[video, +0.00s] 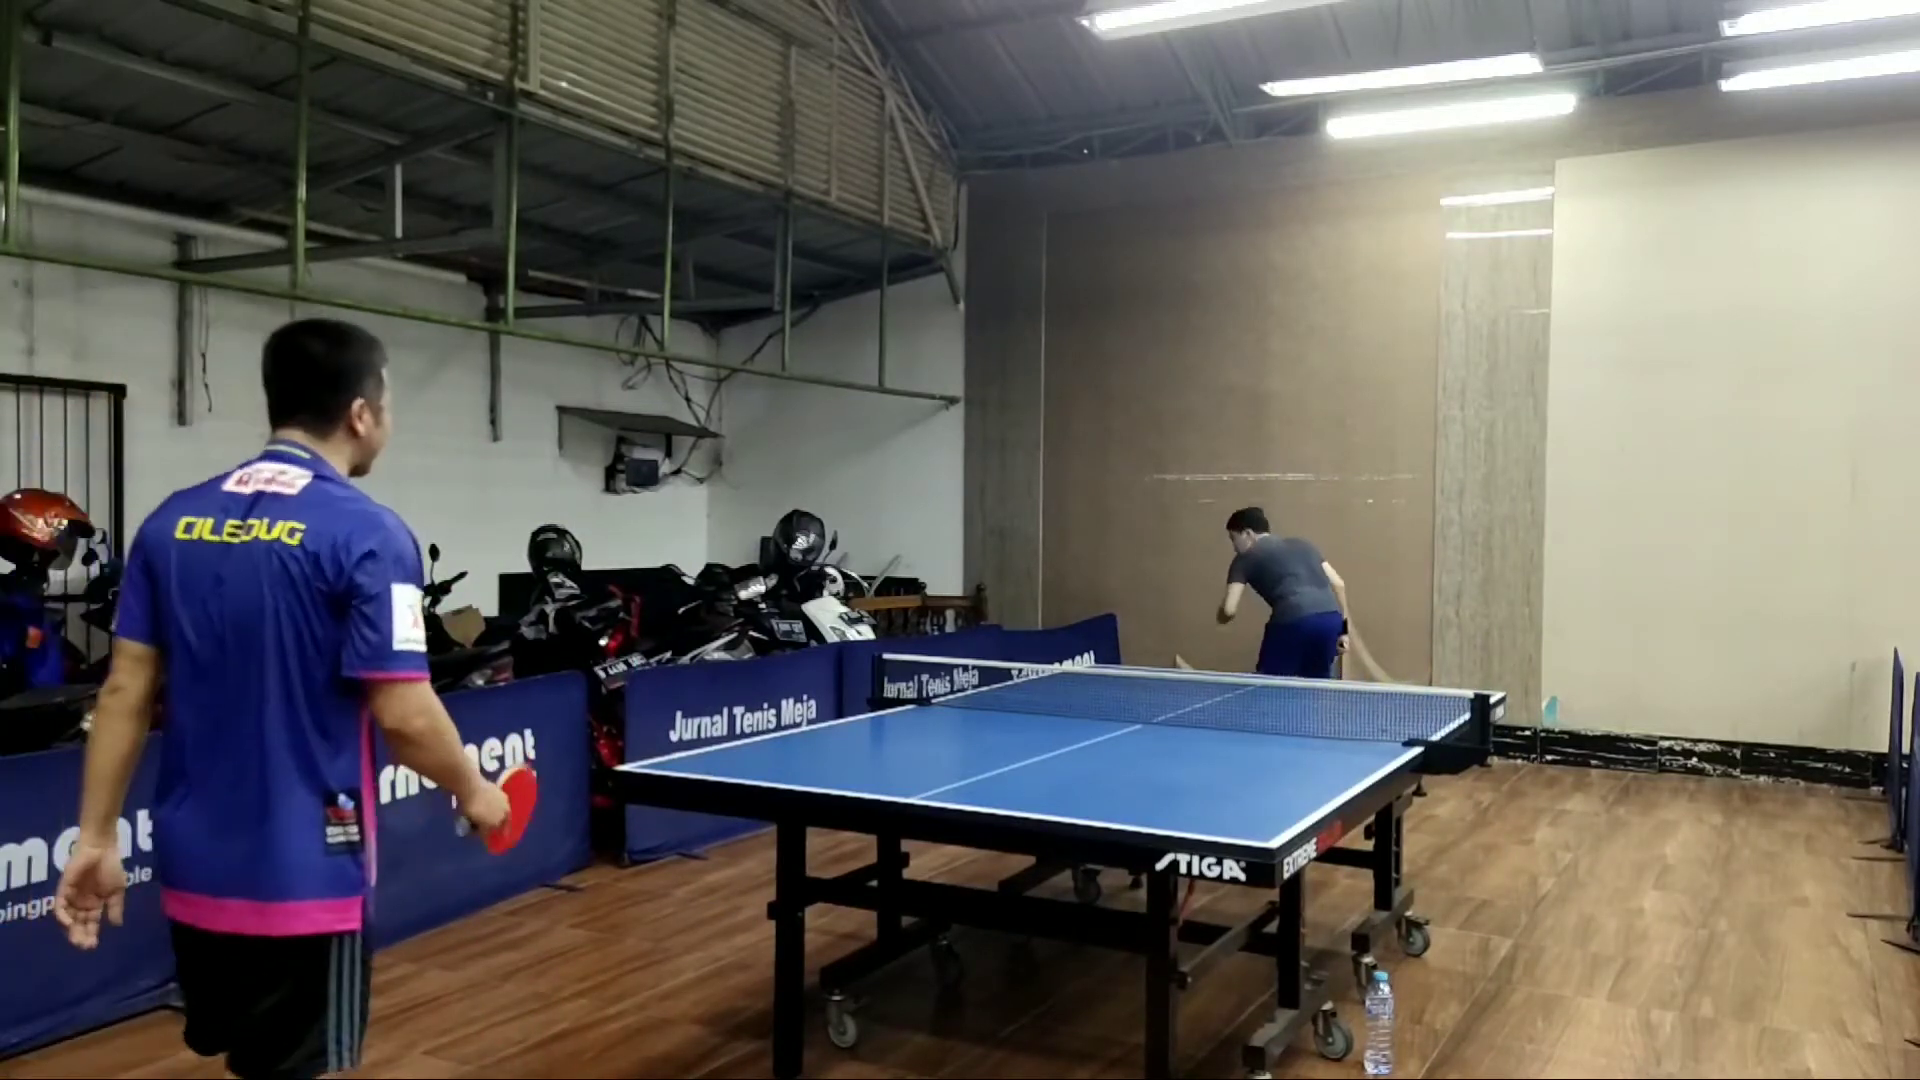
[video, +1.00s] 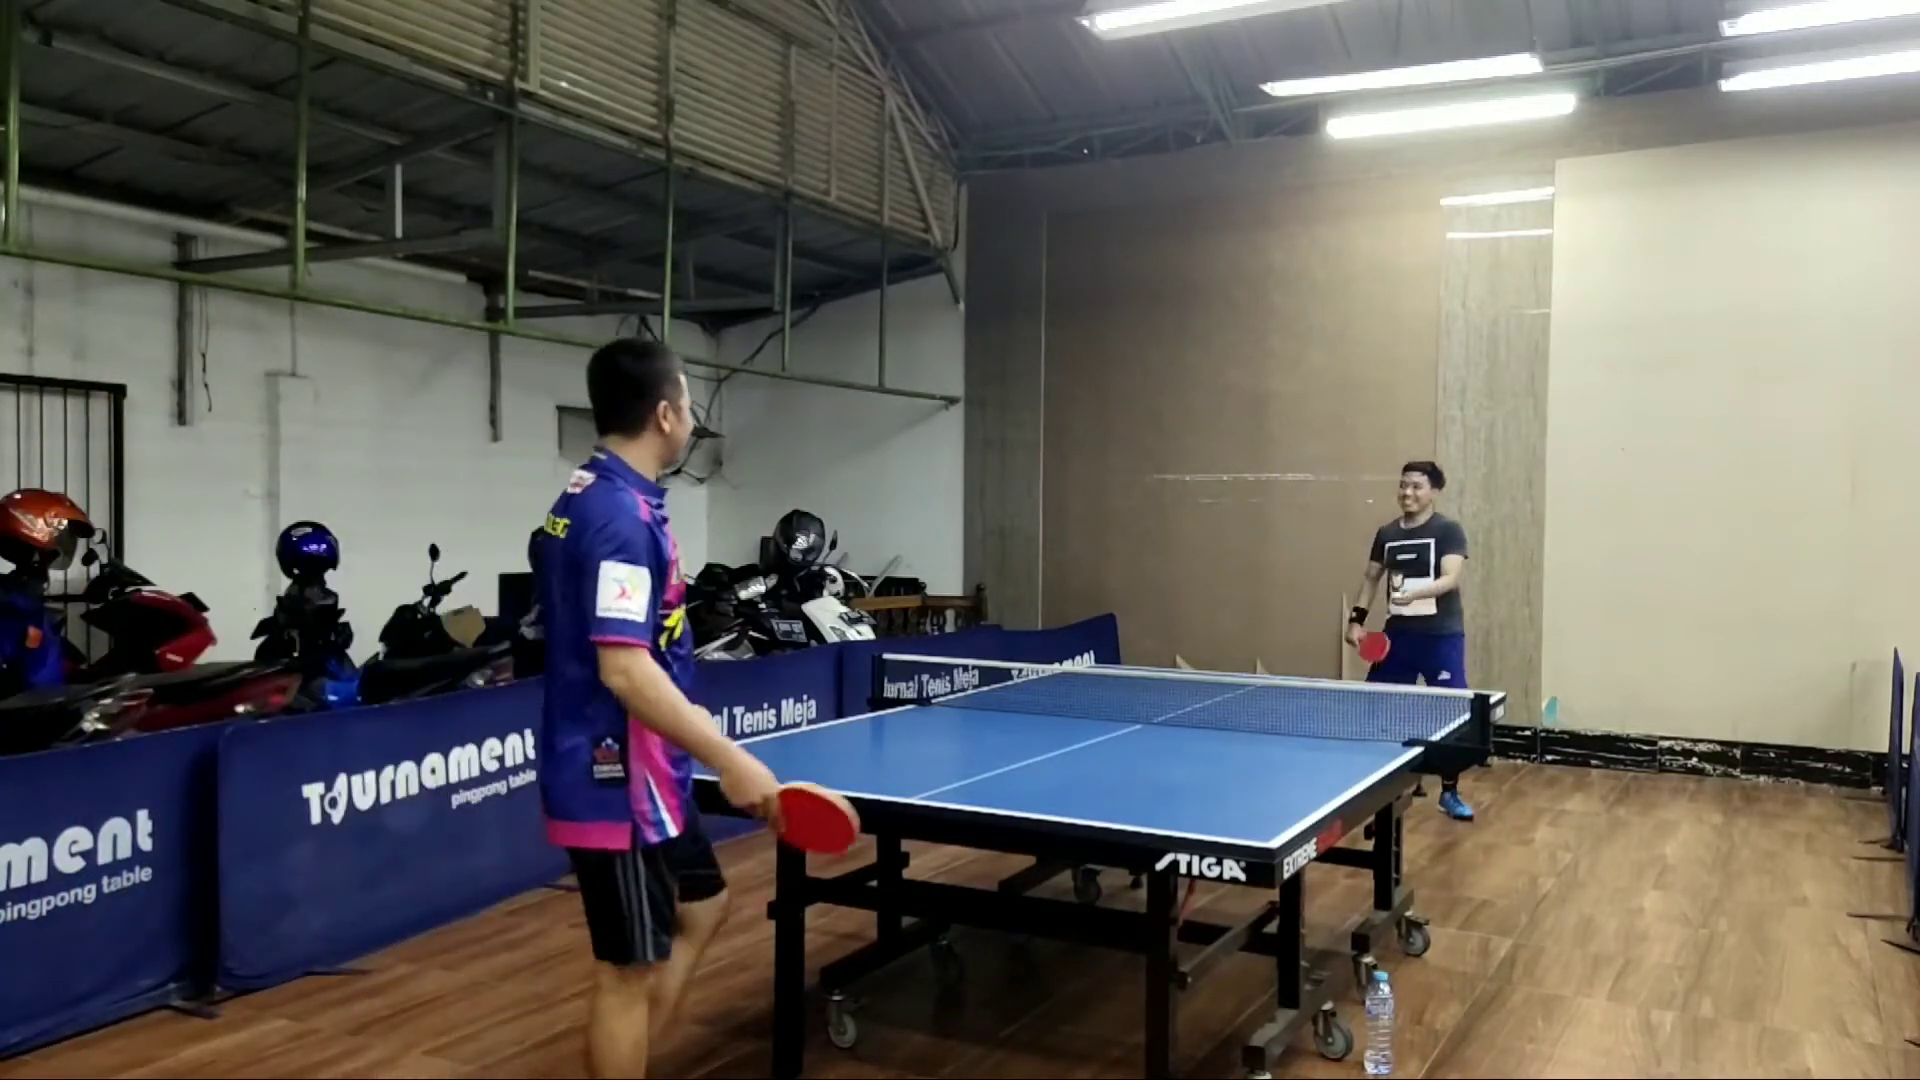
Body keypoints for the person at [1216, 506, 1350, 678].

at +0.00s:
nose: (1233, 546)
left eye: (1233, 538)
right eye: (1231, 539)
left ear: (1248, 534)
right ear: (1266, 530)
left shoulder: (1246, 559)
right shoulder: (1301, 544)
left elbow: (1228, 610)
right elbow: (1338, 584)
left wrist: (1222, 617)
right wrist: (1343, 630)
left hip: (1291, 624)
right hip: (1330, 622)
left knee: (1269, 691)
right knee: (1316, 692)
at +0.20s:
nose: (1263, 518)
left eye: (1266, 510)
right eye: (1262, 511)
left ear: (1285, 509)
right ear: (1287, 509)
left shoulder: (1286, 538)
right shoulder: (1316, 532)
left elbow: (1281, 595)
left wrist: (1266, 631)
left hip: (1319, 625)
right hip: (1348, 622)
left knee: (1290, 692)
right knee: (1325, 694)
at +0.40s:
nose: (1294, 500)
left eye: (1301, 494)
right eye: (1293, 494)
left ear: (1323, 497)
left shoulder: (1327, 528)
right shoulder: (1319, 527)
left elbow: (1324, 585)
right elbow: (1322, 584)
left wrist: (1322, 635)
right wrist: (1310, 619)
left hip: (1352, 617)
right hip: (1343, 615)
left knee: (1315, 683)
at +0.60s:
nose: (1328, 492)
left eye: (1337, 487)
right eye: (1327, 485)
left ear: (1356, 493)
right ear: (1323, 487)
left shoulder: (1365, 523)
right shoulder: (1328, 528)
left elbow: (1380, 571)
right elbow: (1326, 575)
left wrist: (1360, 609)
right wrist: (1303, 614)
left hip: (1372, 620)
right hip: (1343, 619)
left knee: (1365, 688)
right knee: (1332, 686)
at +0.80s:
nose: (1365, 492)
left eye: (1373, 487)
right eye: (1362, 486)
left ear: (1392, 493)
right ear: (1358, 491)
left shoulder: (1405, 528)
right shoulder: (1353, 534)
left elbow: (1416, 574)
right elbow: (1346, 580)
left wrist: (1395, 601)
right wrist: (1326, 616)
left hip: (1404, 635)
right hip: (1364, 632)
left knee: (1420, 708)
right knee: (1340, 705)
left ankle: (1443, 788)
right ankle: (1338, 789)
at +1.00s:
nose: (1407, 492)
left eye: (1416, 486)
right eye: (1403, 486)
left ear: (1434, 492)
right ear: (1398, 491)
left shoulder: (1449, 531)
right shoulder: (1388, 534)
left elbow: (1451, 579)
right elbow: (1371, 579)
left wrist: (1415, 592)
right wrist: (1357, 619)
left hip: (1442, 640)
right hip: (1398, 639)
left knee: (1452, 711)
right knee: (1377, 707)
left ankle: (1449, 791)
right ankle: (1387, 785)